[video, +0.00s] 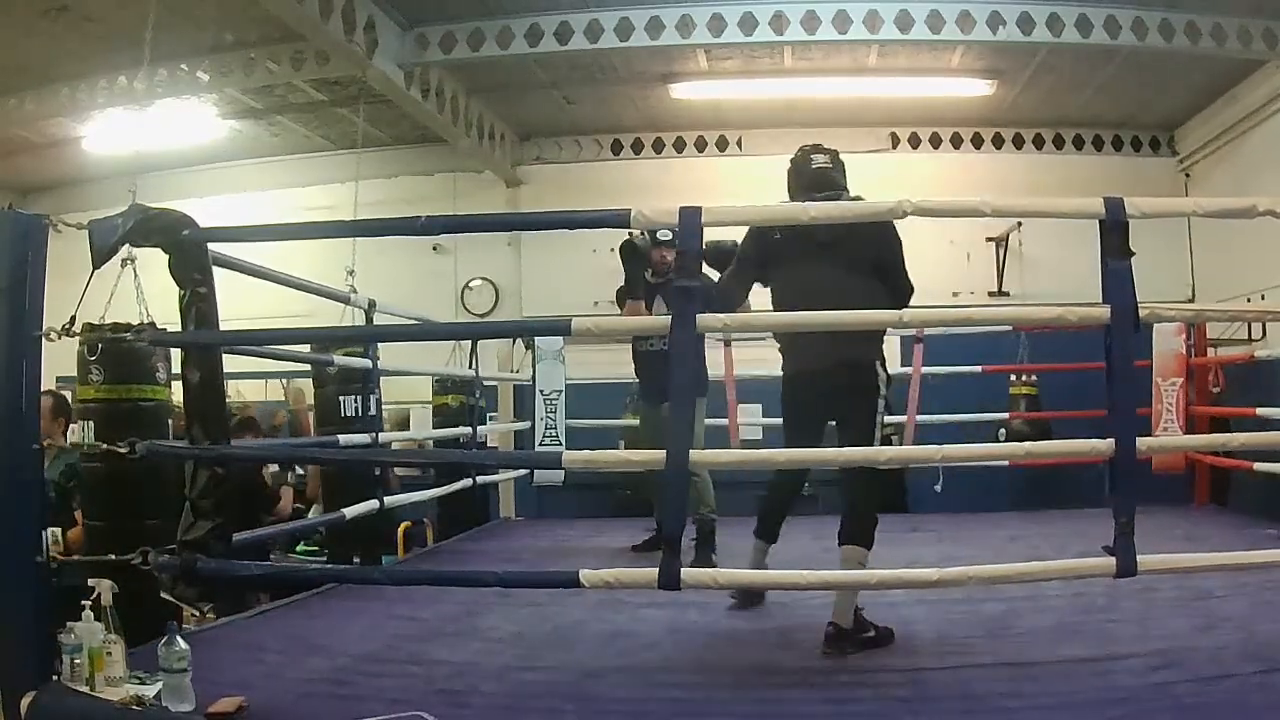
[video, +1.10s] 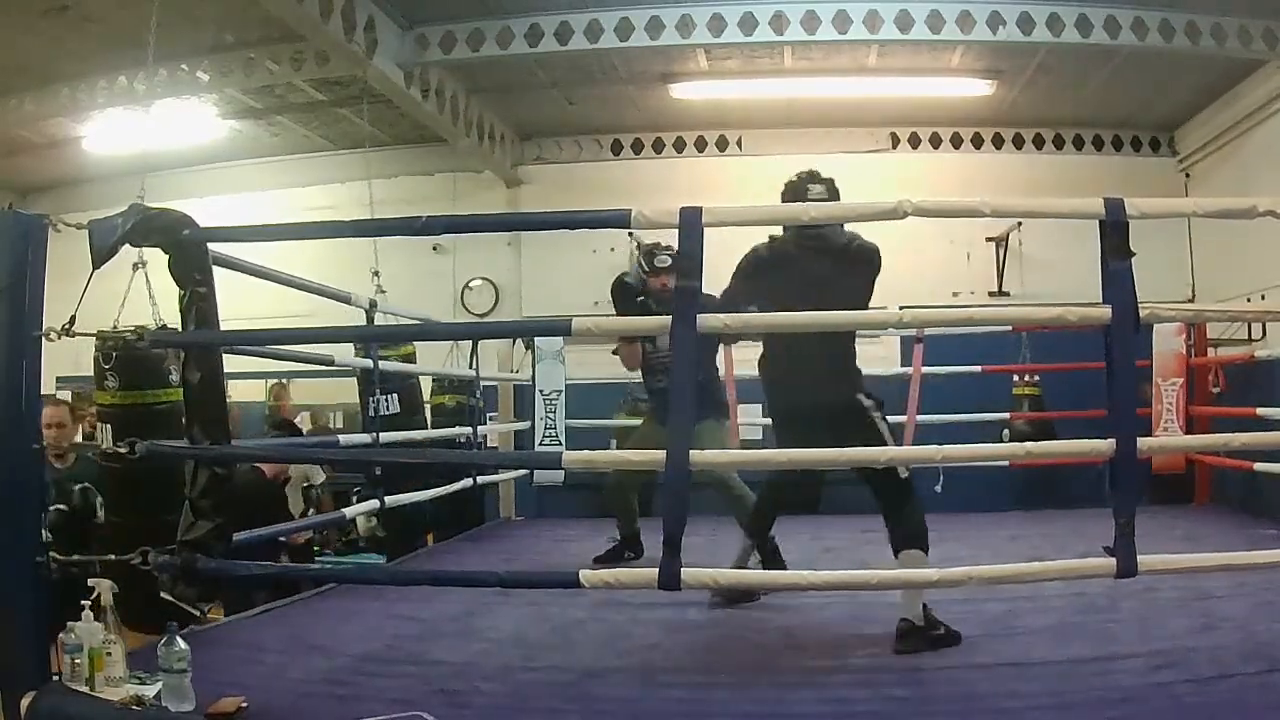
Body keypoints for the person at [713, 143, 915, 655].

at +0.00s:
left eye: (801, 172)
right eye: (829, 167)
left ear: (792, 182)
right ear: (842, 178)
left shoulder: (771, 227)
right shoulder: (873, 220)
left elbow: (729, 297)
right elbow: (900, 293)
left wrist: (705, 282)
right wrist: (852, 285)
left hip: (799, 371)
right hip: (857, 369)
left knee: (791, 469)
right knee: (862, 485)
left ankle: (751, 576)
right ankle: (844, 621)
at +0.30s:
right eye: (801, 182)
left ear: (759, 195)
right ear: (808, 187)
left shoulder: (741, 231)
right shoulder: (840, 223)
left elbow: (719, 303)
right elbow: (836, 292)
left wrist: (727, 242)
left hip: (775, 371)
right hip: (829, 368)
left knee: (764, 470)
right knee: (852, 479)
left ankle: (736, 583)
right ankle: (839, 609)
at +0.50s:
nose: (825, 205)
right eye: (829, 194)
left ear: (784, 198)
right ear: (836, 198)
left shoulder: (758, 237)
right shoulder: (857, 239)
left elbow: (721, 296)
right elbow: (845, 308)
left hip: (771, 379)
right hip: (827, 377)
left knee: (770, 471)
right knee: (859, 485)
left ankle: (738, 581)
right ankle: (864, 620)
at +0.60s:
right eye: (830, 189)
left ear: (784, 194)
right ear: (837, 192)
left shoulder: (757, 237)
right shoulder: (857, 236)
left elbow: (735, 311)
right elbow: (852, 309)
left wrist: (754, 336)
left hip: (774, 378)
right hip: (832, 379)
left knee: (770, 471)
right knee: (862, 485)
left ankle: (738, 579)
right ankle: (864, 616)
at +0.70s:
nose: (758, 203)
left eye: (761, 195)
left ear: (767, 195)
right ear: (817, 189)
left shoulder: (754, 236)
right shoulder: (852, 227)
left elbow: (735, 311)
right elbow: (857, 304)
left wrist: (717, 281)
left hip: (786, 381)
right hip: (846, 379)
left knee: (767, 476)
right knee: (867, 489)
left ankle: (739, 581)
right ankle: (865, 616)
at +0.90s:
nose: (766, 211)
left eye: (755, 204)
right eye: (785, 190)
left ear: (746, 206)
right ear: (798, 194)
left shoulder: (741, 248)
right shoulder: (836, 227)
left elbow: (738, 326)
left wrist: (717, 251)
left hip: (796, 380)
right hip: (856, 375)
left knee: (777, 475)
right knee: (884, 475)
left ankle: (739, 579)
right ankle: (880, 604)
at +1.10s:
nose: (819, 220)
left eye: (798, 210)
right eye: (826, 209)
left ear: (785, 213)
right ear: (836, 213)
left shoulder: (762, 259)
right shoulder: (862, 257)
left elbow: (725, 319)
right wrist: (820, 226)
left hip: (787, 405)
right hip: (844, 401)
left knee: (790, 481)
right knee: (898, 495)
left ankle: (734, 572)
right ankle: (915, 615)